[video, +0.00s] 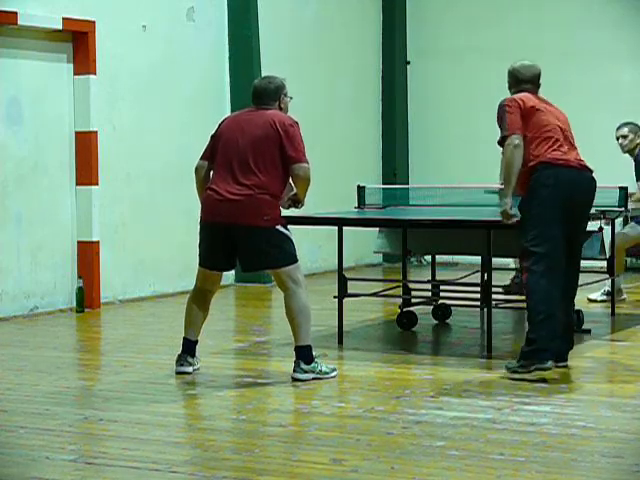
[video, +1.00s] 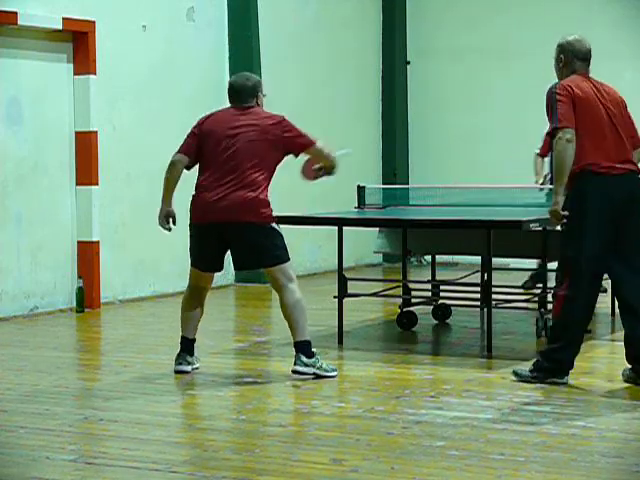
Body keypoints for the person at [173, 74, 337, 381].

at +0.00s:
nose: (289, 104)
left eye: (289, 99)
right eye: (288, 99)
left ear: (255, 101)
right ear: (279, 101)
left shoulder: (229, 122)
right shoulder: (284, 123)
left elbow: (202, 169)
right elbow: (301, 173)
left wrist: (209, 204)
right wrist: (298, 196)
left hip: (215, 215)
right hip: (260, 215)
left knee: (204, 287)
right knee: (293, 285)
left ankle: (187, 355)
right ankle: (305, 361)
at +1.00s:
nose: (265, 99)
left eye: (262, 95)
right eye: (263, 95)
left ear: (229, 98)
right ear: (259, 98)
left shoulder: (208, 123)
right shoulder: (275, 124)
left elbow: (177, 163)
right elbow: (326, 159)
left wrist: (166, 204)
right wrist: (321, 168)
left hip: (206, 216)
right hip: (252, 215)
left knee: (197, 287)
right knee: (286, 283)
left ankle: (185, 354)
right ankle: (305, 355)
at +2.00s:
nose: (181, 82)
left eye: (179, 77)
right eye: (178, 78)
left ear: (148, 82)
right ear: (169, 81)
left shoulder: (124, 112)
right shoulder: (174, 111)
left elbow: (101, 160)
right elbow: (193, 165)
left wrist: (103, 201)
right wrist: (214, 189)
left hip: (118, 212)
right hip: (155, 213)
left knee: (153, 283)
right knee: (153, 287)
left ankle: (169, 352)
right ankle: (123, 364)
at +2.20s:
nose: (163, 78)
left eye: (162, 72)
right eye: (160, 72)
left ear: (130, 76)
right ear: (148, 75)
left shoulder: (106, 106)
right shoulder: (151, 105)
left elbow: (85, 154)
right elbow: (157, 155)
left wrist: (78, 198)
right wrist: (182, 190)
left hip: (100, 210)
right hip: (136, 213)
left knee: (114, 279)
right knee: (138, 284)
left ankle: (90, 349)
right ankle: (123, 365)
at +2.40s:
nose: (148, 82)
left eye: (147, 77)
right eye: (145, 77)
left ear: (117, 81)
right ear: (132, 79)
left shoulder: (91, 108)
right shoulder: (131, 108)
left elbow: (72, 158)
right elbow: (131, 157)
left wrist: (89, 192)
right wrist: (160, 197)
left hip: (76, 210)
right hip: (113, 213)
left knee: (78, 284)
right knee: (127, 285)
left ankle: (59, 361)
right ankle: (122, 365)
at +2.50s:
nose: (143, 83)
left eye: (142, 78)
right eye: (140, 78)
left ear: (112, 81)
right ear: (127, 80)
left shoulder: (85, 107)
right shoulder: (125, 108)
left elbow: (64, 156)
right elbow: (123, 158)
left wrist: (86, 188)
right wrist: (150, 196)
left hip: (67, 210)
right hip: (105, 212)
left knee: (72, 285)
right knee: (120, 286)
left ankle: (58, 362)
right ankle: (121, 364)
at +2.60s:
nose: (139, 82)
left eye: (138, 77)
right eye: (135, 77)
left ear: (108, 80)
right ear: (122, 79)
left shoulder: (80, 107)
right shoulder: (119, 108)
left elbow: (58, 155)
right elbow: (118, 159)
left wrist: (76, 190)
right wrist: (144, 197)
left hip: (62, 211)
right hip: (98, 212)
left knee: (68, 285)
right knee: (116, 284)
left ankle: (57, 362)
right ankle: (121, 364)